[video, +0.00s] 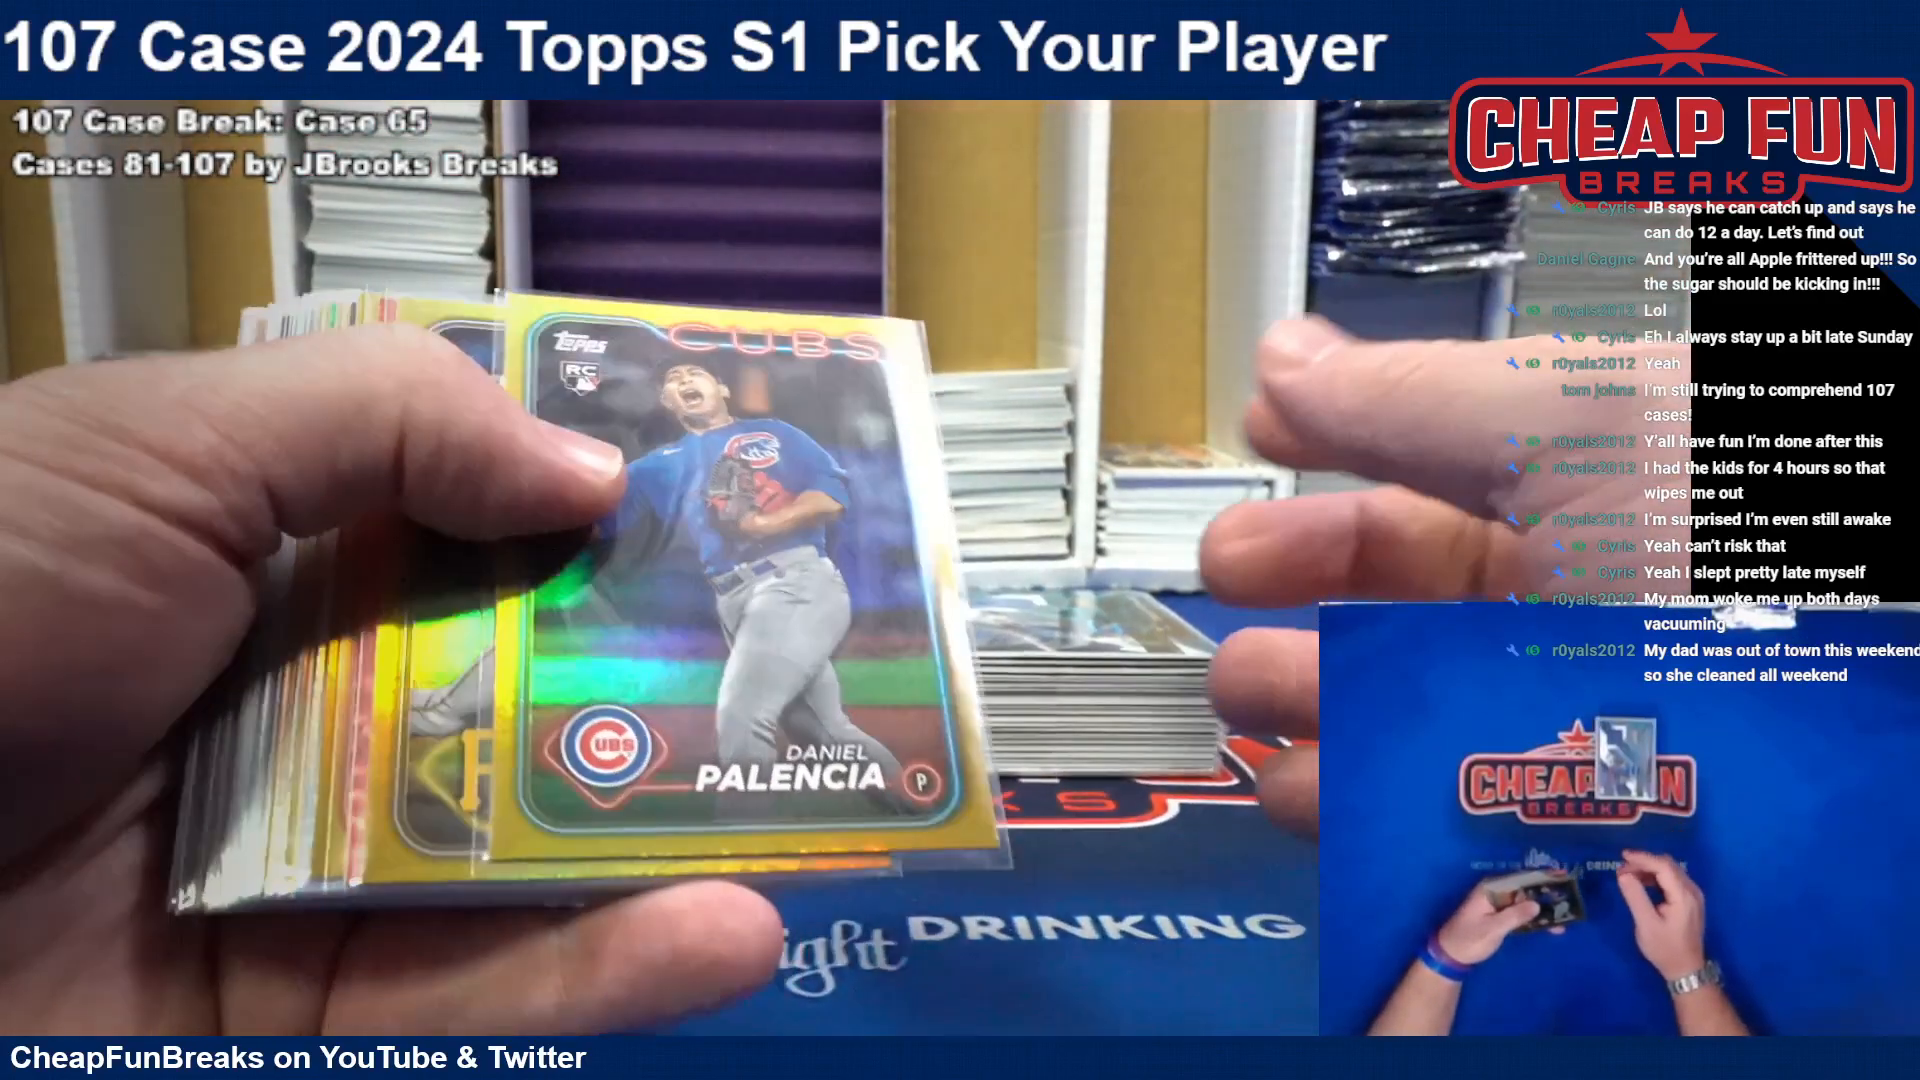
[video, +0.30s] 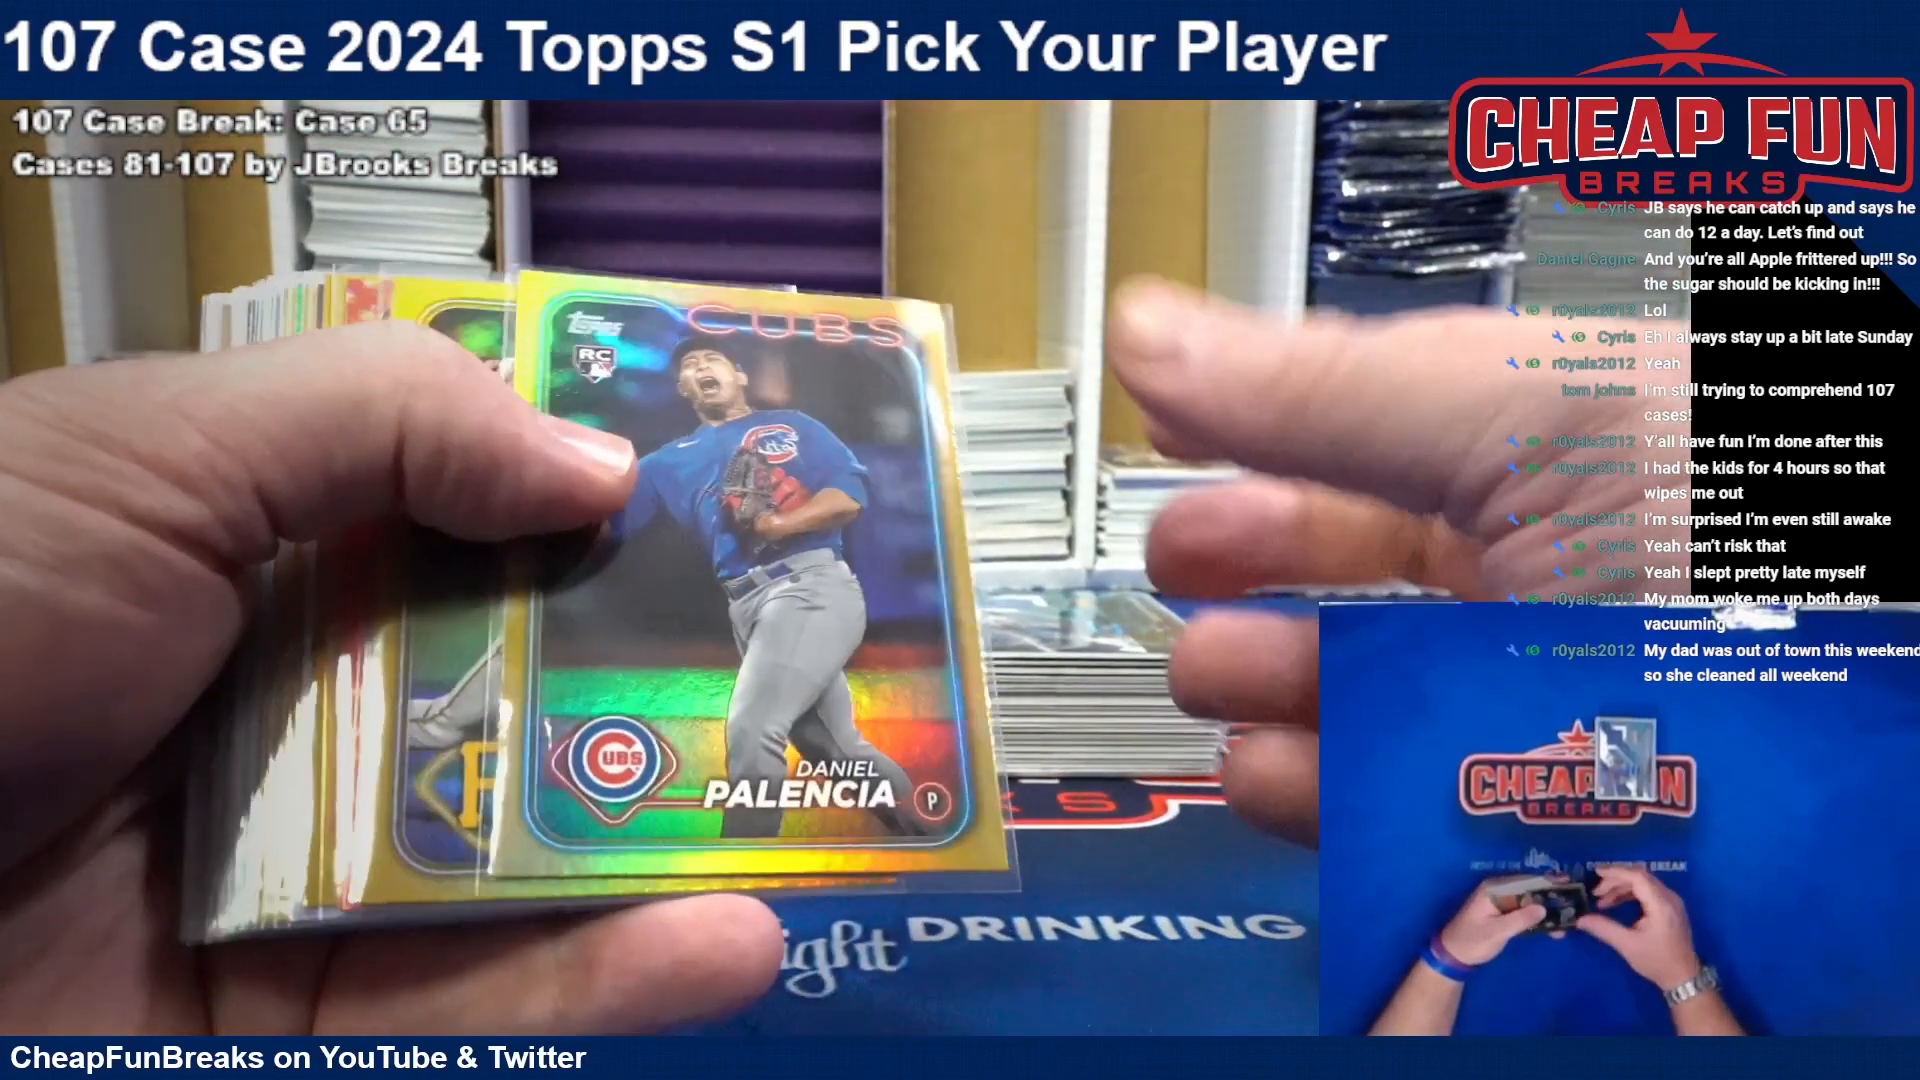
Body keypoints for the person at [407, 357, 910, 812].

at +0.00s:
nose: (686, 389)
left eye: (698, 381)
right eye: (675, 384)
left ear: (724, 394)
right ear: (665, 403)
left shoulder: (772, 433)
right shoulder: (671, 463)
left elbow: (828, 501)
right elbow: (597, 493)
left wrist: (761, 526)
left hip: (797, 585)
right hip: (742, 605)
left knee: (741, 719)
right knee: (830, 733)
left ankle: (747, 853)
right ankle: (908, 814)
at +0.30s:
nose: (703, 371)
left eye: (713, 362)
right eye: (691, 367)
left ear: (740, 377)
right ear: (682, 391)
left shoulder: (792, 425)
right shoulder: (672, 459)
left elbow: (849, 494)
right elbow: (601, 511)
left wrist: (781, 522)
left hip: (813, 585)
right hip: (750, 606)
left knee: (752, 726)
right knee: (837, 748)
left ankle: (740, 884)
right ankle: (940, 848)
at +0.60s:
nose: (797, 355)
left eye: (808, 343)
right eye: (784, 348)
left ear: (837, 350)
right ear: (771, 366)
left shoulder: (890, 395)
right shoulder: (773, 438)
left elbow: (956, 456)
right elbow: (689, 482)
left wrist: (900, 490)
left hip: (947, 540)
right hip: (868, 570)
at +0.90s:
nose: (719, 384)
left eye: (725, 379)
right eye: (705, 374)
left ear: (732, 398)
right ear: (671, 387)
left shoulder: (760, 461)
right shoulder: (614, 440)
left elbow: (811, 517)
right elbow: (514, 435)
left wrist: (850, 563)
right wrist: (544, 376)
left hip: (695, 598)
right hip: (608, 594)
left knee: (777, 639)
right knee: (494, 686)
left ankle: (796, 786)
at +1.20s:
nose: (765, 405)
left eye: (770, 399)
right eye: (753, 394)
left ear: (773, 412)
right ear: (715, 402)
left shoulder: (798, 480)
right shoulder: (656, 455)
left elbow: (842, 537)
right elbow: (561, 447)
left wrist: (880, 587)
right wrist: (591, 391)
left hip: (730, 612)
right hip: (646, 605)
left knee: (807, 659)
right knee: (528, 687)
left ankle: (820, 801)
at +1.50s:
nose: (781, 388)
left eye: (786, 382)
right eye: (768, 379)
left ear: (792, 398)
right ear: (736, 388)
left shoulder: (818, 464)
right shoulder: (678, 437)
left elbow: (863, 520)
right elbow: (583, 432)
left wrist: (900, 571)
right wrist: (614, 373)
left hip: (747, 595)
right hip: (664, 587)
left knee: (824, 642)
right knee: (551, 673)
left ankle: (833, 784)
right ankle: (462, 668)